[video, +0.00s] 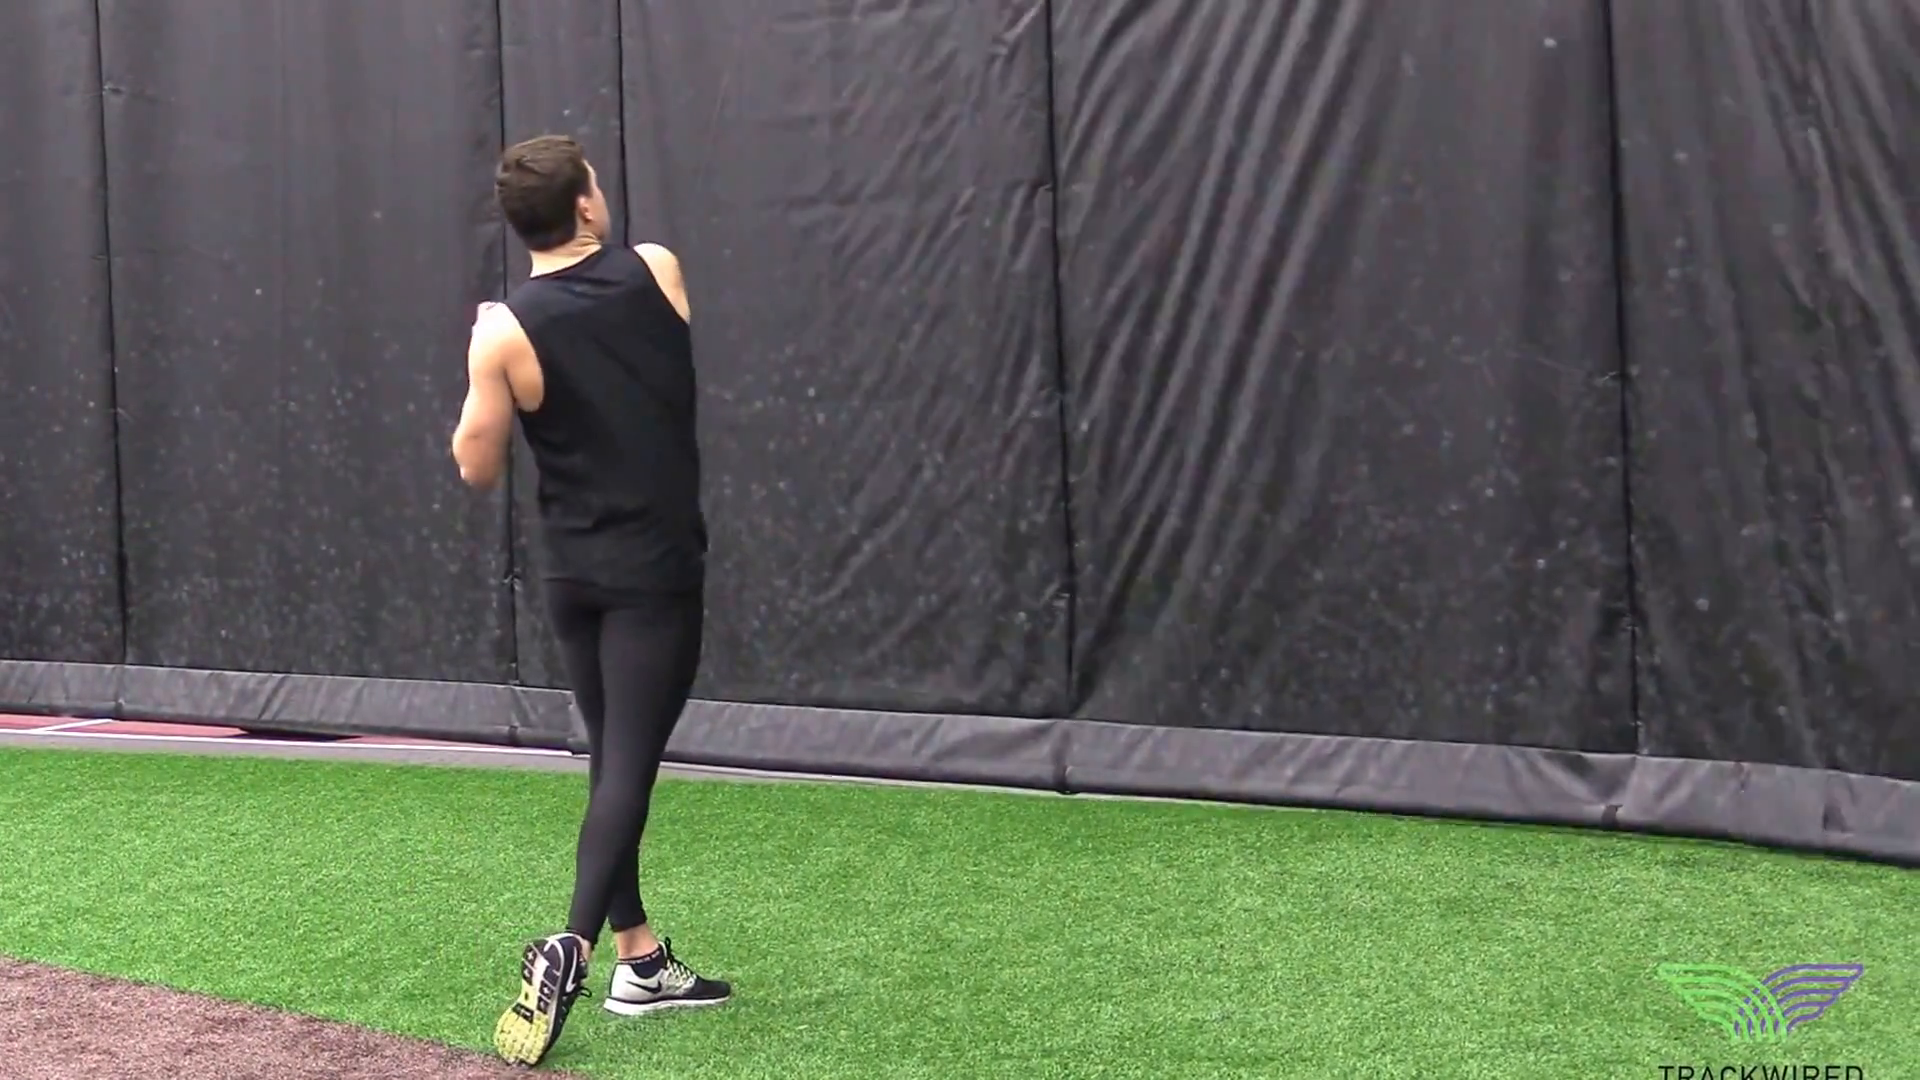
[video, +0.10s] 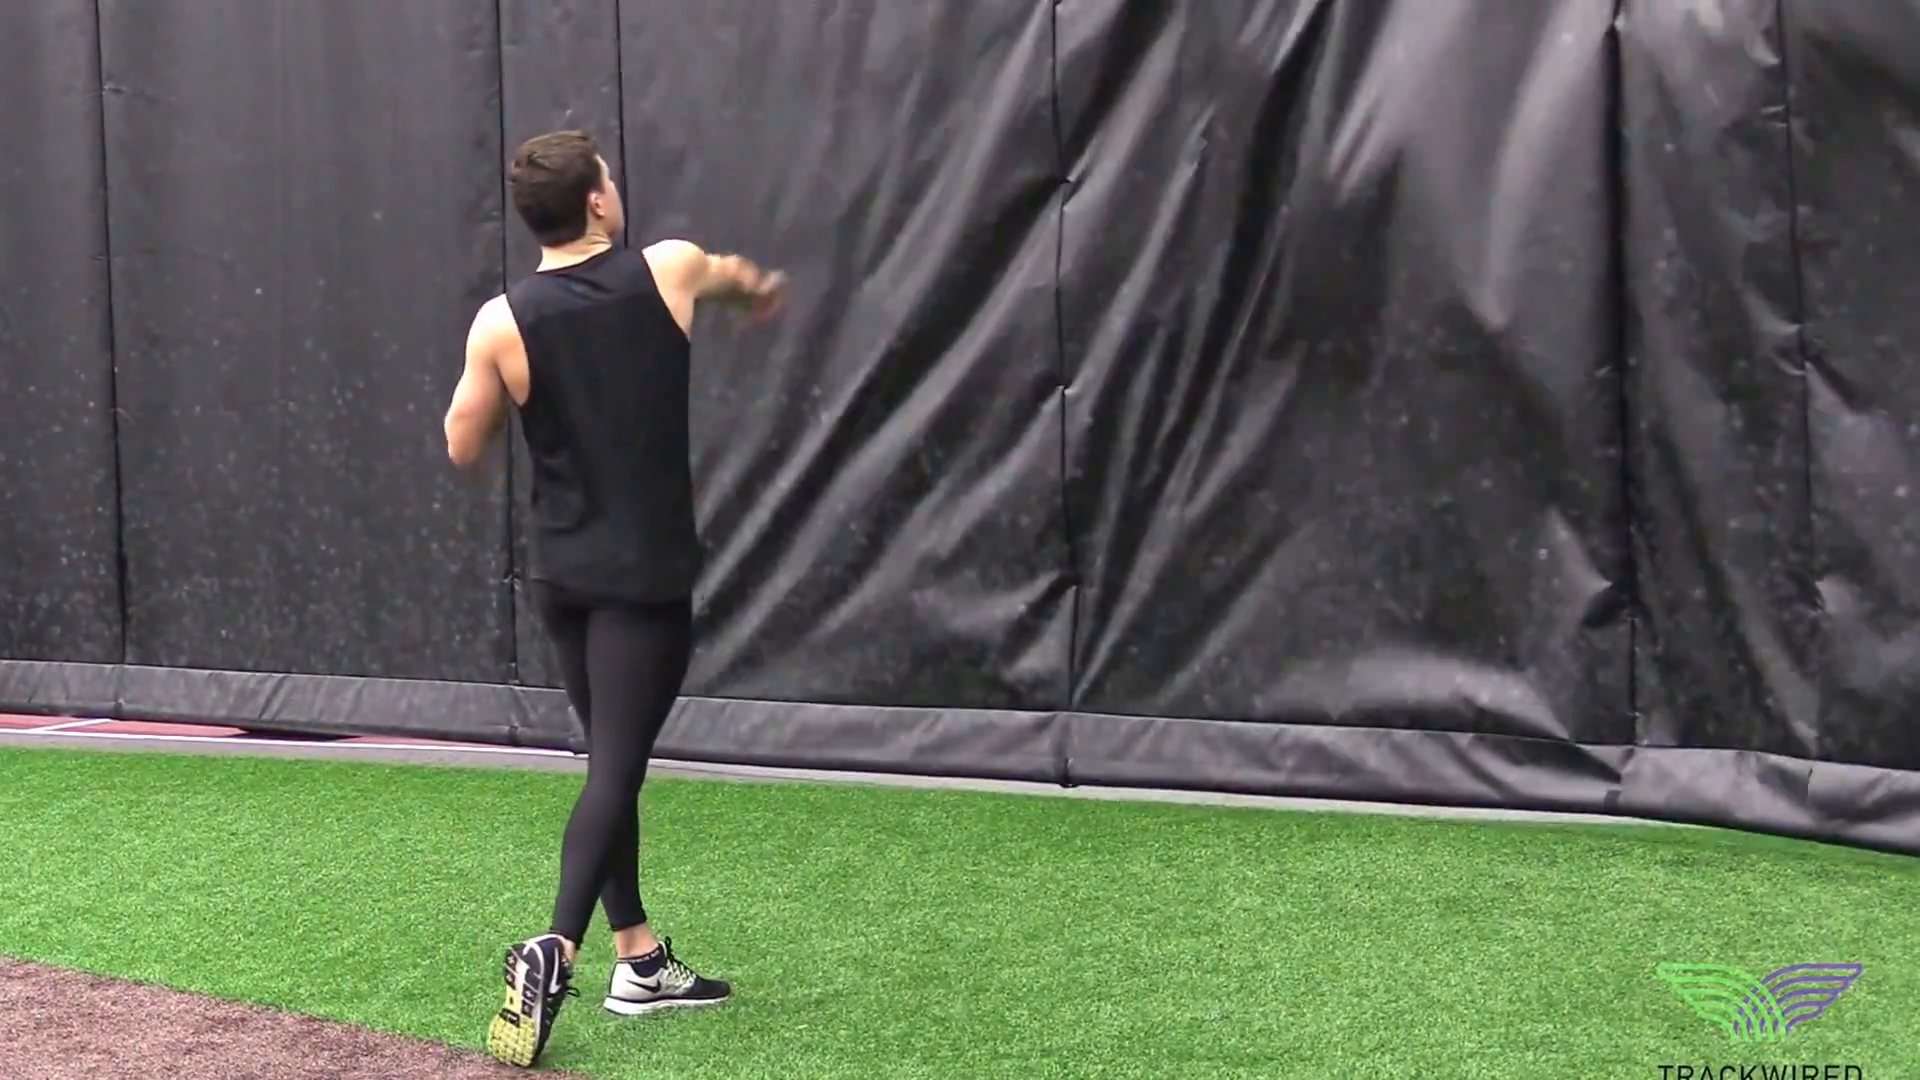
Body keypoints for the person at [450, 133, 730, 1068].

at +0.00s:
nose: (603, 186)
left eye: (590, 179)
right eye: (596, 181)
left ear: (517, 225)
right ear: (586, 206)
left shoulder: (504, 329)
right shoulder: (656, 270)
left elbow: (477, 466)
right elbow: (657, 363)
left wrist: (485, 378)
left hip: (569, 563)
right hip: (658, 559)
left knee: (611, 762)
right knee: (628, 766)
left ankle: (641, 959)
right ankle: (571, 948)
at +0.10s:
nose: (615, 186)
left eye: (605, 176)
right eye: (610, 178)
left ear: (531, 219)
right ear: (598, 203)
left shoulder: (500, 322)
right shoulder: (671, 268)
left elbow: (464, 450)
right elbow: (737, 281)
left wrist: (496, 382)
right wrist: (758, 291)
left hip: (562, 567)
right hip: (650, 565)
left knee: (611, 762)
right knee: (614, 766)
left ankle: (639, 959)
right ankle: (557, 948)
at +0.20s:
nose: (626, 186)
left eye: (615, 174)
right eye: (618, 177)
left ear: (542, 214)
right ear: (602, 200)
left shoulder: (501, 316)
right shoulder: (670, 266)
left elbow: (462, 427)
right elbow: (779, 240)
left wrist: (511, 362)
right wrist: (846, 213)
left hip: (553, 568)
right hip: (636, 565)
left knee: (606, 757)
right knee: (603, 762)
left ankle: (638, 958)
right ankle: (543, 949)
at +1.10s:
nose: (667, 236)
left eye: (664, 222)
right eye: (663, 222)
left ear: (585, 223)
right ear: (636, 224)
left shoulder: (515, 323)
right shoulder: (666, 300)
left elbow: (506, 453)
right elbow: (811, 291)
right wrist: (923, 274)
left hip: (540, 579)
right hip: (615, 579)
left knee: (627, 752)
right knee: (563, 782)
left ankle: (635, 965)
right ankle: (474, 977)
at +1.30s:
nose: (708, 257)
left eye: (706, 242)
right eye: (703, 243)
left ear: (623, 242)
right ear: (672, 243)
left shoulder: (550, 335)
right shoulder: (696, 322)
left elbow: (509, 467)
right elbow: (835, 362)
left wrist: (575, 403)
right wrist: (963, 386)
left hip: (566, 589)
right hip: (623, 592)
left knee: (647, 754)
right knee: (572, 773)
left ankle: (632, 963)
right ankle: (476, 969)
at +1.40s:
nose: (727, 248)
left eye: (723, 232)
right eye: (720, 233)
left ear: (636, 229)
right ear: (693, 229)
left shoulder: (575, 320)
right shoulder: (710, 308)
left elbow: (520, 454)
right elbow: (827, 394)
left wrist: (581, 499)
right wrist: (931, 460)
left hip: (592, 568)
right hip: (655, 570)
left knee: (636, 759)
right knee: (641, 758)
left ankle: (629, 956)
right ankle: (524, 930)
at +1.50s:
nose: (743, 236)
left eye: (739, 220)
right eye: (738, 221)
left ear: (655, 211)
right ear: (720, 215)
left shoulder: (603, 287)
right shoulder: (718, 286)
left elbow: (534, 430)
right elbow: (768, 416)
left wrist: (617, 471)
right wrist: (834, 526)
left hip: (613, 545)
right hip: (684, 549)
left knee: (663, 737)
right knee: (696, 738)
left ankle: (605, 937)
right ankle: (589, 897)